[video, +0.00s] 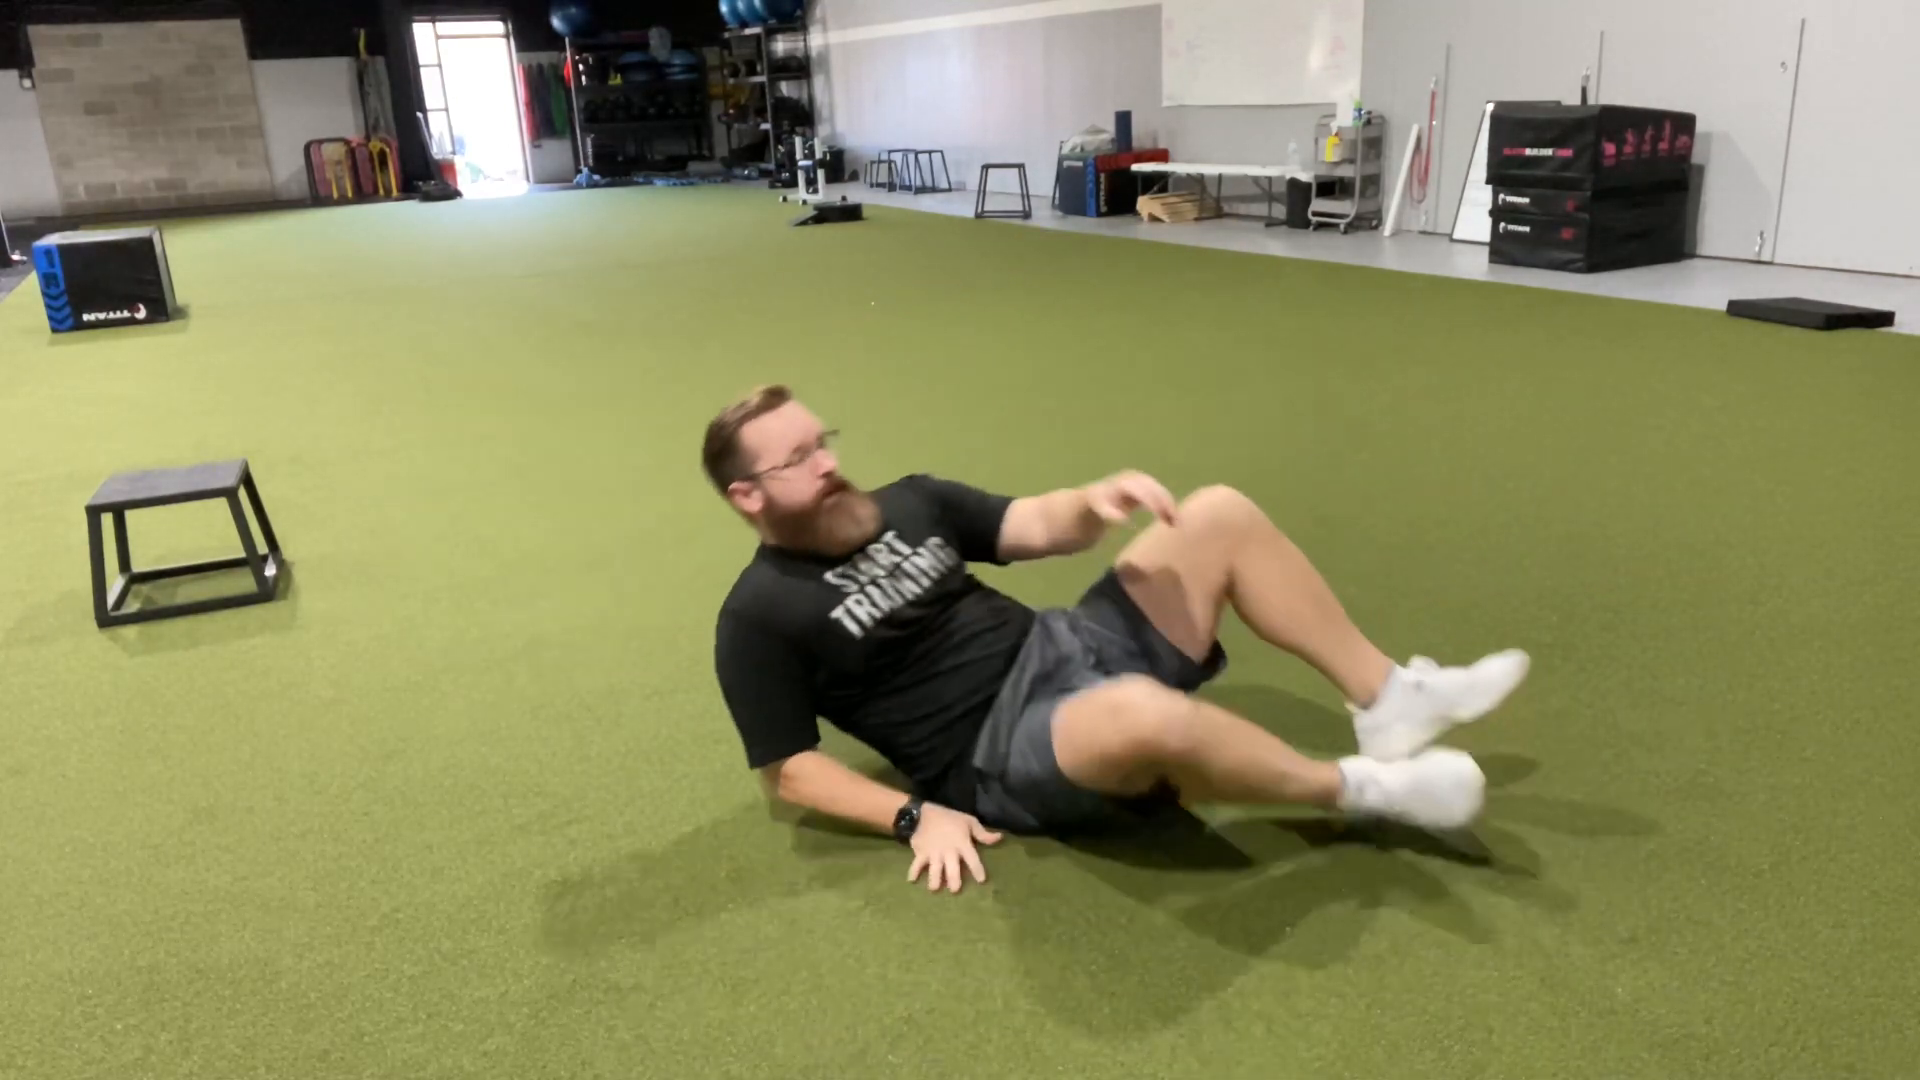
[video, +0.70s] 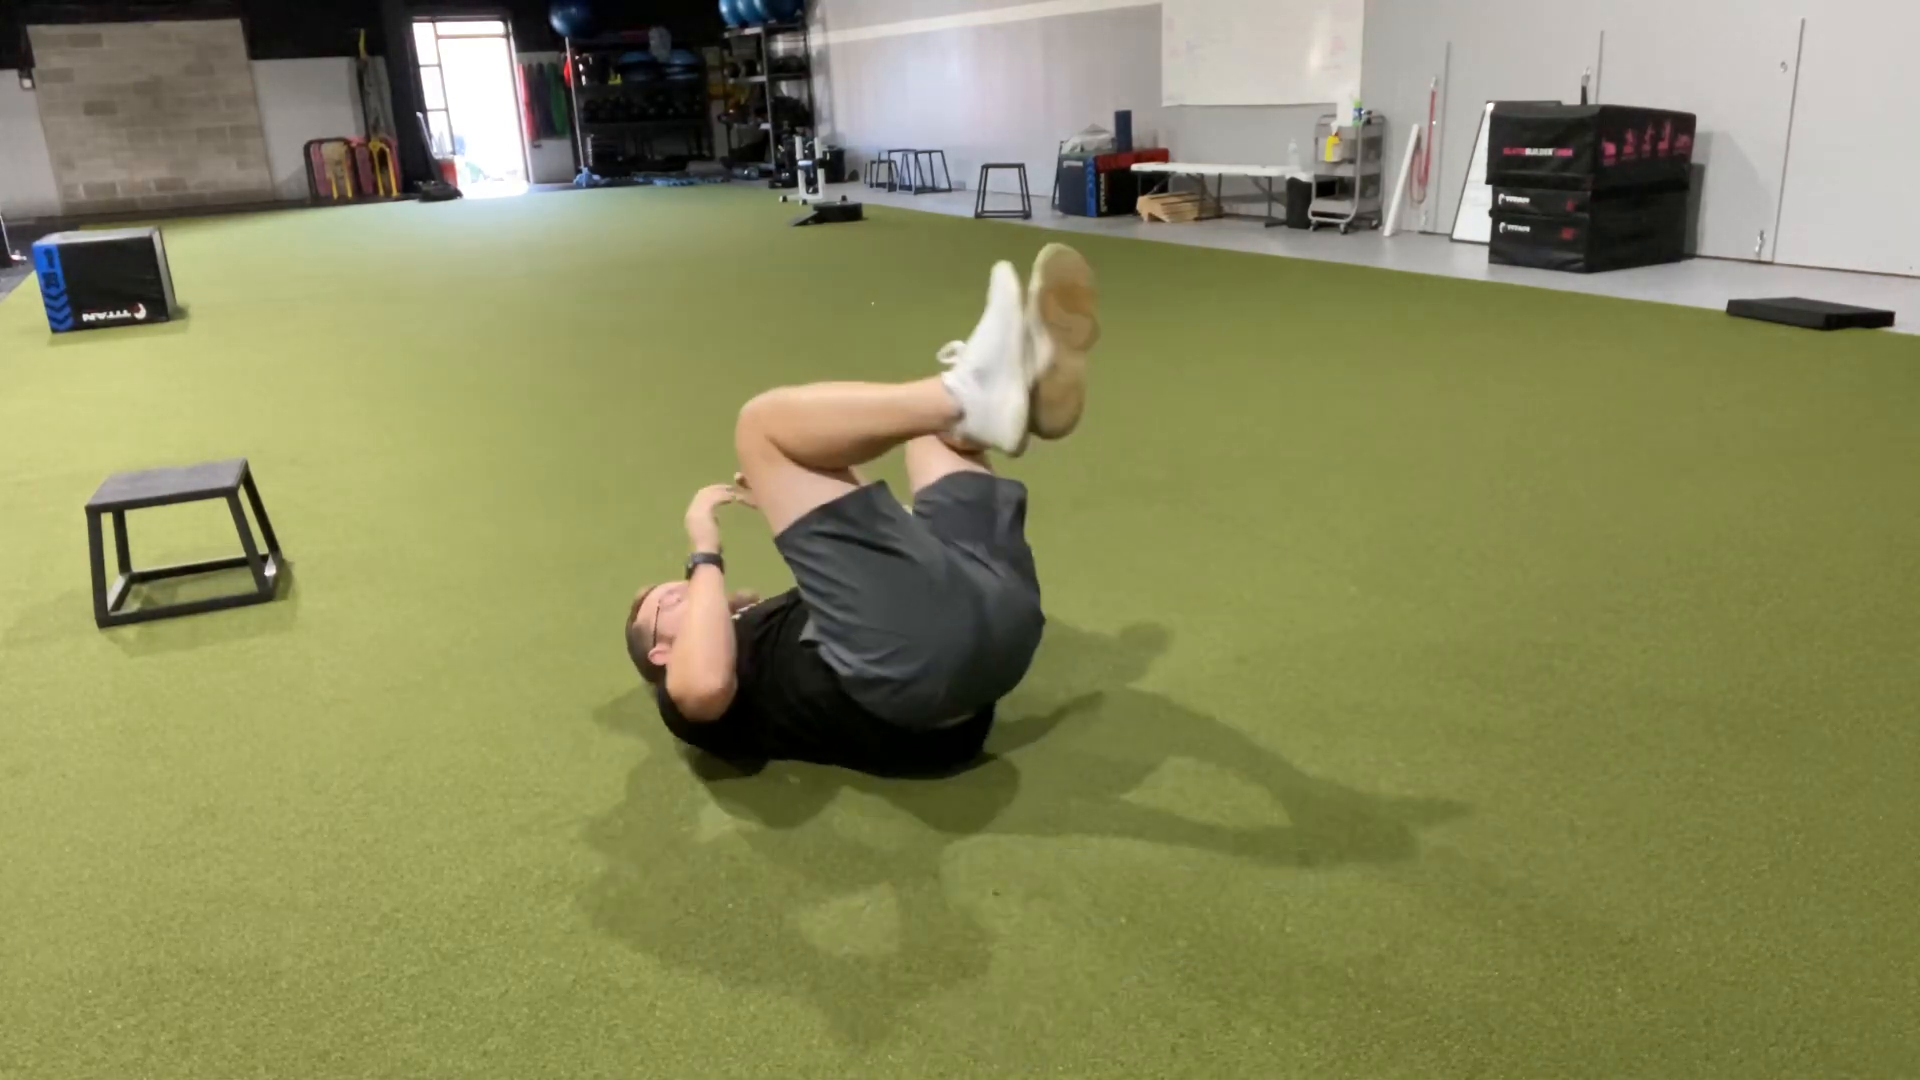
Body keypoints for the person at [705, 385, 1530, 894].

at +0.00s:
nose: (830, 463)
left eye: (824, 443)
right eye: (802, 458)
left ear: (833, 440)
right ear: (748, 499)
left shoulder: (910, 503)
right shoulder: (758, 620)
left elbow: (1032, 526)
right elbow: (788, 771)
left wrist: (1096, 501)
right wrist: (913, 812)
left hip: (1071, 643)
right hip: (1005, 742)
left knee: (1218, 514)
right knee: (1149, 717)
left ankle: (1388, 697)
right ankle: (1352, 791)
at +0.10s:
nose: (797, 489)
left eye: (789, 471)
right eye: (769, 486)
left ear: (799, 473)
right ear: (721, 530)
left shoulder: (879, 525)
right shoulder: (743, 636)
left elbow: (1002, 526)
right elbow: (783, 778)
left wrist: (1029, 479)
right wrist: (915, 812)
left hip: (1053, 650)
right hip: (988, 749)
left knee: (1167, 490)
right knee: (1094, 636)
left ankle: (1350, 648)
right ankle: (1305, 739)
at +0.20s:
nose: (765, 518)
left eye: (756, 502)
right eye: (735, 520)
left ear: (773, 505)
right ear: (700, 568)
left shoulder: (861, 554)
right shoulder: (731, 652)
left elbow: (976, 534)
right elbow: (778, 776)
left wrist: (971, 458)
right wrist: (910, 791)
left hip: (1061, 693)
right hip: (982, 760)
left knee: (1105, 456)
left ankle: (1295, 589)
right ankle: (1248, 665)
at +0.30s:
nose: (733, 540)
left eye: (725, 527)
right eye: (703, 550)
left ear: (752, 532)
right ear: (684, 602)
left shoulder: (854, 562)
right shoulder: (720, 667)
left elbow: (971, 565)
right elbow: (768, 769)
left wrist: (911, 457)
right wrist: (880, 729)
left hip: (1051, 672)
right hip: (978, 738)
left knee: (1045, 434)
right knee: (935, 488)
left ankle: (1225, 521)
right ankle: (1188, 576)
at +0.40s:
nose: (714, 564)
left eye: (710, 554)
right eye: (688, 577)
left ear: (736, 561)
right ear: (679, 631)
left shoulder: (828, 586)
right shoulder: (709, 684)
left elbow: (954, 542)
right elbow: (758, 761)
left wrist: (858, 447)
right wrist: (832, 663)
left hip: (1040, 645)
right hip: (967, 711)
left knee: (1001, 417)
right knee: (866, 457)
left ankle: (1165, 467)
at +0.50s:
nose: (709, 576)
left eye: (704, 571)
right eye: (684, 591)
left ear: (729, 581)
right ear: (674, 645)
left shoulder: (811, 614)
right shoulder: (701, 687)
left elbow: (917, 536)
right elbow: (742, 744)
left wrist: (823, 476)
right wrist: (787, 608)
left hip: (1030, 633)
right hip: (943, 679)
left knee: (977, 405)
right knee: (824, 437)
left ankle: (1119, 435)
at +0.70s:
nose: (677, 593)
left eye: (674, 591)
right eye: (660, 607)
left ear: (719, 593)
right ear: (660, 657)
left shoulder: (796, 620)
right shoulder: (686, 697)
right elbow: (708, 685)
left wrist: (795, 479)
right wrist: (705, 549)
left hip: (1005, 629)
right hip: (898, 658)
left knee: (934, 423)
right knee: (761, 426)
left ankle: (1029, 392)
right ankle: (965, 393)